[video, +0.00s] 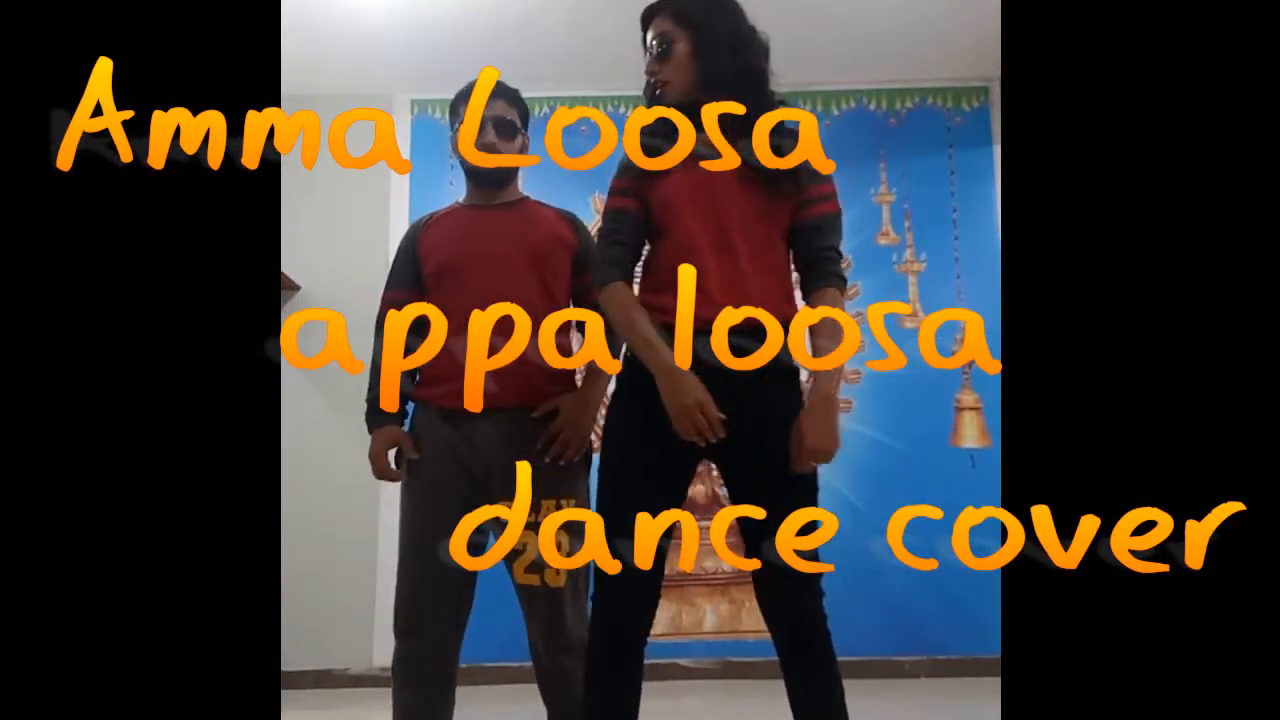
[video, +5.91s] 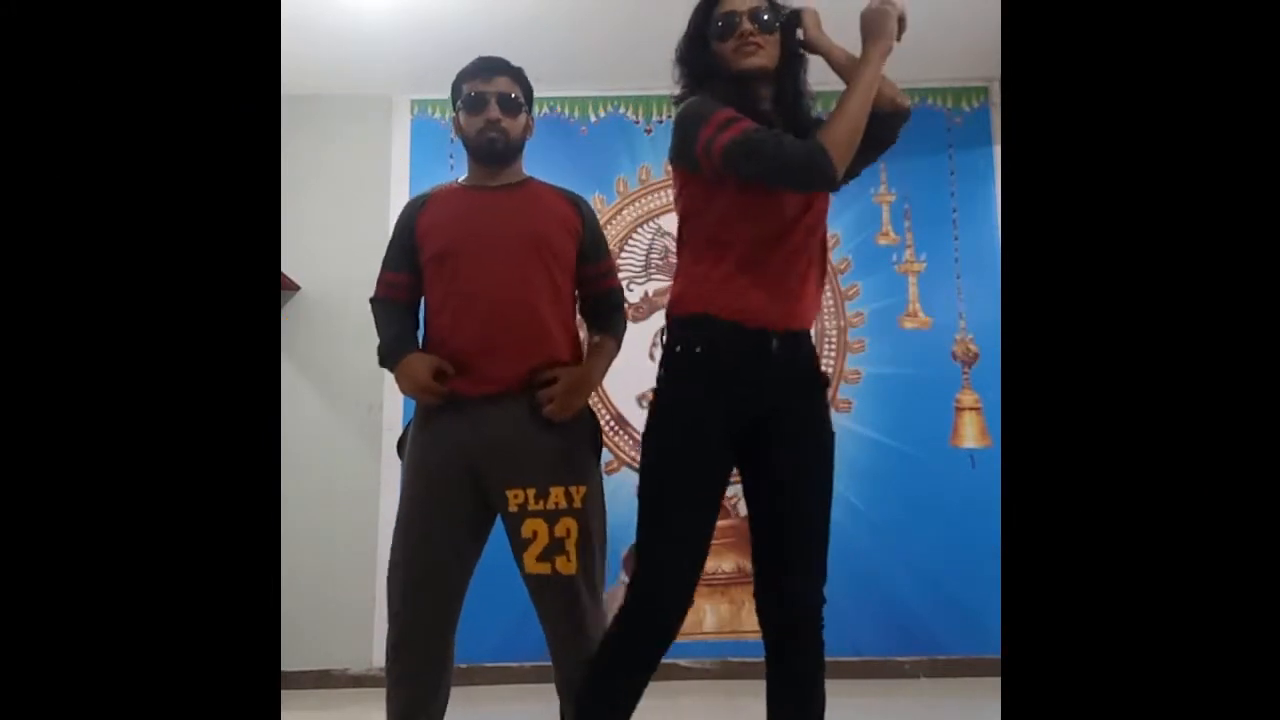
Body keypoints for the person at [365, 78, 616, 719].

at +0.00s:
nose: (493, 136)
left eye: (507, 127)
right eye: (479, 126)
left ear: (526, 144)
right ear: (456, 139)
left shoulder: (564, 230)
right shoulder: (425, 235)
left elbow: (607, 318)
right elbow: (391, 331)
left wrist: (591, 392)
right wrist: (383, 418)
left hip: (544, 440)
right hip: (443, 442)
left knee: (560, 621)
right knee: (426, 621)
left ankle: (576, 717)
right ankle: (420, 718)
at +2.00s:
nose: (491, 130)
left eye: (503, 119)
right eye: (476, 119)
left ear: (520, 132)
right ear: (452, 131)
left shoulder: (559, 205)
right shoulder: (420, 209)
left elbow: (596, 296)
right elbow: (385, 294)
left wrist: (586, 369)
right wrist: (402, 358)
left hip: (539, 430)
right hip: (439, 433)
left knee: (560, 617)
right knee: (429, 620)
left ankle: (579, 718)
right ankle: (423, 718)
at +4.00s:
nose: (490, 131)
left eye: (505, 121)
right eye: (475, 120)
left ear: (524, 137)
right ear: (453, 133)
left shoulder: (561, 222)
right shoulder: (419, 226)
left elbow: (604, 313)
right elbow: (384, 316)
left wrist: (590, 384)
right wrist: (394, 374)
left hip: (542, 437)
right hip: (442, 440)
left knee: (561, 623)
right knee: (430, 623)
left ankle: (579, 719)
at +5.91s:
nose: (492, 112)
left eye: (508, 102)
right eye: (475, 102)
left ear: (529, 121)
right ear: (456, 122)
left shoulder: (571, 211)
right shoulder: (423, 212)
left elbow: (608, 306)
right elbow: (392, 299)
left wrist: (592, 372)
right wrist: (402, 355)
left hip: (550, 426)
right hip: (447, 428)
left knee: (576, 612)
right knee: (416, 610)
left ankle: (592, 719)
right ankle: (412, 718)